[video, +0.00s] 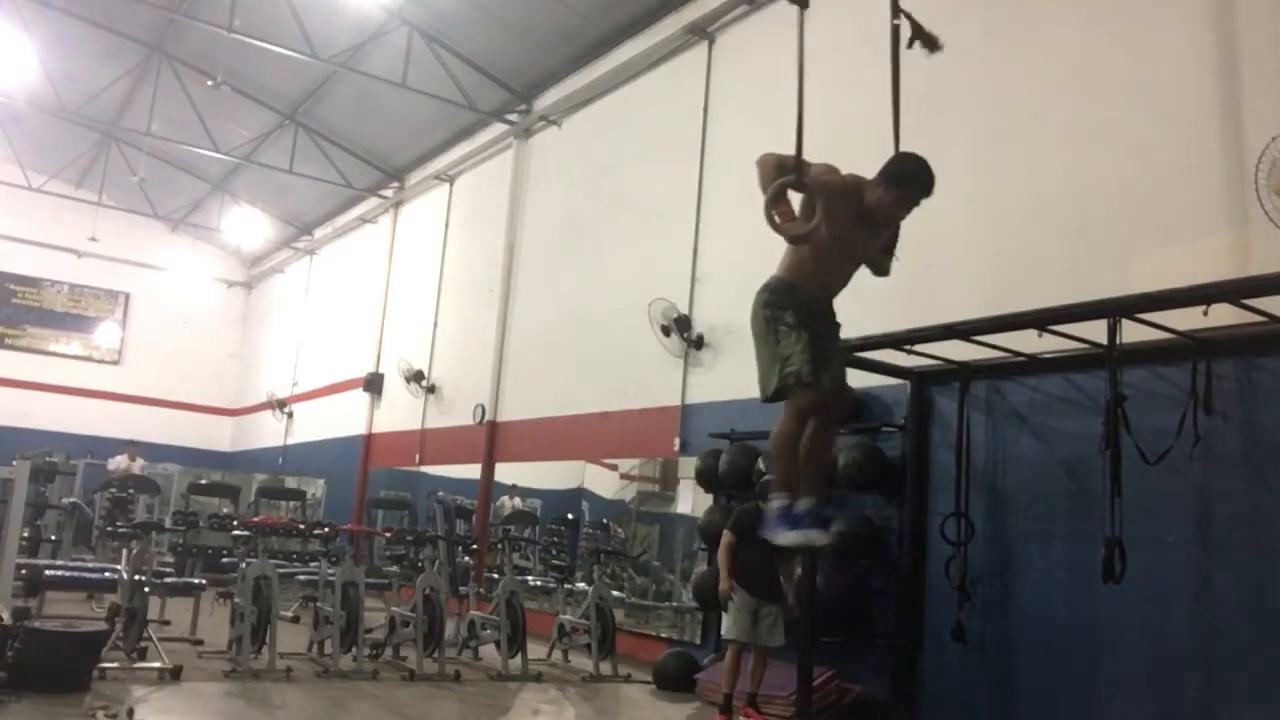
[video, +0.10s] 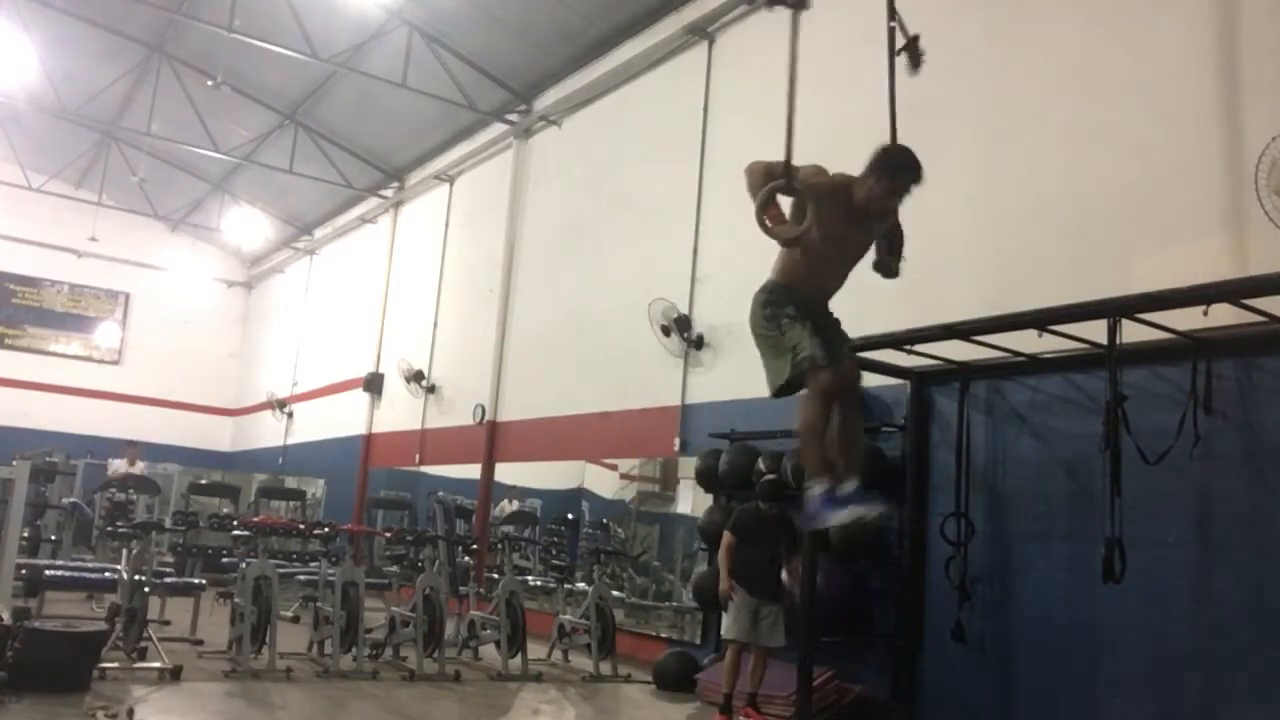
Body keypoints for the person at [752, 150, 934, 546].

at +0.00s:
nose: (899, 216)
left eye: (906, 210)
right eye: (898, 205)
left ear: (908, 204)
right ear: (882, 185)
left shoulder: (886, 224)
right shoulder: (835, 184)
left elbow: (881, 268)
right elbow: (770, 163)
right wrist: (780, 209)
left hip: (820, 311)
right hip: (782, 302)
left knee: (831, 408)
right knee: (802, 399)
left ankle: (808, 510)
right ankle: (778, 510)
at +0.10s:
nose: (894, 203)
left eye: (900, 197)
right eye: (891, 193)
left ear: (900, 193)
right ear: (871, 178)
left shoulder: (885, 218)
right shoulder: (824, 186)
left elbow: (886, 271)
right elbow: (757, 171)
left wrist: (890, 258)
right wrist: (774, 221)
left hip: (817, 310)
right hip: (779, 302)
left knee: (849, 384)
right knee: (823, 378)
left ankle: (848, 492)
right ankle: (817, 494)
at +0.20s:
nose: (873, 189)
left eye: (880, 182)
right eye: (869, 178)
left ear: (883, 182)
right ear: (850, 168)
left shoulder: (868, 216)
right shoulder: (805, 188)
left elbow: (903, 264)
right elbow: (735, 189)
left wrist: (898, 245)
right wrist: (762, 218)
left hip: (818, 314)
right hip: (779, 311)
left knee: (871, 360)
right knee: (837, 359)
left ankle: (885, 464)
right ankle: (858, 472)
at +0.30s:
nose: (849, 204)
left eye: (855, 197)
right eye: (844, 193)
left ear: (859, 196)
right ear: (823, 183)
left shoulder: (846, 234)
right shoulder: (783, 214)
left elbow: (852, 275)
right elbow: (721, 241)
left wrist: (898, 267)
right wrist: (738, 231)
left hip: (821, 329)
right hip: (782, 329)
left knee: (893, 346)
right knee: (854, 349)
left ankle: (924, 437)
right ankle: (895, 451)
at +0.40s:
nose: (818, 243)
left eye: (826, 236)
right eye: (812, 232)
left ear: (832, 240)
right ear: (795, 229)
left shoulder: (826, 280)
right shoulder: (762, 264)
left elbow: (848, 323)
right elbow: (709, 298)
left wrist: (875, 283)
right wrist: (738, 252)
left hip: (831, 366)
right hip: (788, 370)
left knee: (902, 347)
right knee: (867, 359)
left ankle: (956, 423)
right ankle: (929, 439)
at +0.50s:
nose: (793, 297)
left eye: (799, 291)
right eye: (784, 288)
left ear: (805, 295)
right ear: (766, 290)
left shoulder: (811, 337)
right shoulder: (749, 326)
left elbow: (853, 346)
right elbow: (702, 315)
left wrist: (850, 296)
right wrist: (726, 260)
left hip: (830, 411)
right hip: (791, 416)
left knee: (898, 377)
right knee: (872, 388)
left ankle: (977, 414)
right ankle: (953, 435)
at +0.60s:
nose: (777, 354)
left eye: (782, 346)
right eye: (768, 346)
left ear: (791, 349)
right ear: (751, 349)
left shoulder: (802, 377)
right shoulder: (739, 381)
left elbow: (834, 348)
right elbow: (714, 325)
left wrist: (826, 296)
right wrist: (728, 265)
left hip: (829, 467)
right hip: (790, 470)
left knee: (897, 440)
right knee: (869, 436)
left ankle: (987, 453)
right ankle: (972, 453)